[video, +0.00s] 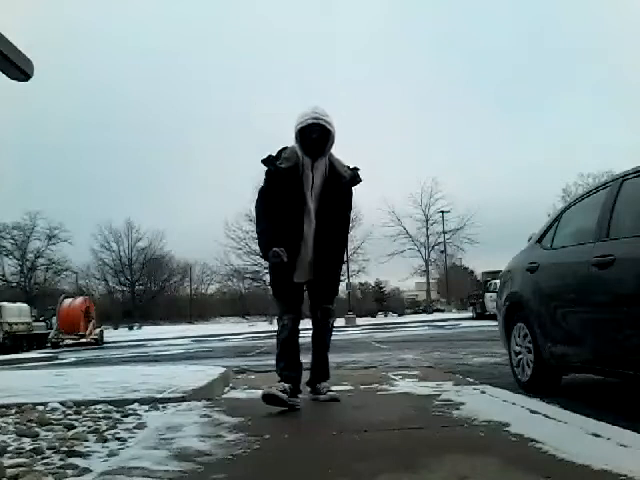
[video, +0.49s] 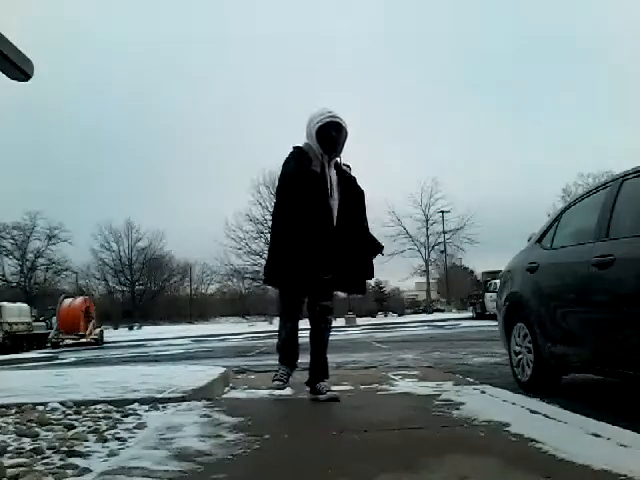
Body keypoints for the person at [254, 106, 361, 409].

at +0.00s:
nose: (314, 139)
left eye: (321, 133)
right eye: (308, 132)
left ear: (330, 137)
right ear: (298, 135)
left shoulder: (341, 176)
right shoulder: (281, 170)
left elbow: (343, 221)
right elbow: (265, 211)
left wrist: (339, 256)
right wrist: (271, 246)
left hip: (325, 260)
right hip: (288, 259)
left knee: (323, 320)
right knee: (289, 320)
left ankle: (319, 383)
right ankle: (289, 385)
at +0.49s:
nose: (333, 139)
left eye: (338, 133)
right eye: (327, 132)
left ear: (343, 138)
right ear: (314, 135)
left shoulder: (344, 178)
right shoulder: (297, 165)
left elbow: (354, 222)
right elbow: (283, 213)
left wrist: (367, 248)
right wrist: (278, 258)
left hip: (326, 255)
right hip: (294, 253)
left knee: (322, 316)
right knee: (290, 313)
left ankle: (318, 381)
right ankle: (285, 366)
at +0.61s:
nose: (332, 138)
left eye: (337, 133)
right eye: (326, 132)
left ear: (342, 137)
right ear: (312, 133)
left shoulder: (345, 175)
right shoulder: (296, 163)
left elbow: (357, 209)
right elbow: (283, 210)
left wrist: (390, 215)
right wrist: (280, 255)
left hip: (326, 254)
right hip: (293, 252)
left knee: (321, 316)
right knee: (287, 312)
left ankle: (318, 380)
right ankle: (286, 364)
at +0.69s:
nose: (328, 138)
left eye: (333, 132)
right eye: (322, 131)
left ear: (339, 136)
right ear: (310, 134)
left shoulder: (345, 172)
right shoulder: (294, 165)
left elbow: (364, 199)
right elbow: (283, 214)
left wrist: (400, 195)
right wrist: (276, 260)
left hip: (324, 255)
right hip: (291, 253)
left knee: (320, 315)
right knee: (286, 313)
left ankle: (318, 380)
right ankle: (286, 365)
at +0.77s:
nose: (324, 137)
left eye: (330, 131)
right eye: (318, 131)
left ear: (337, 135)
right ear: (307, 134)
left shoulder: (344, 171)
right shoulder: (291, 167)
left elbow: (364, 193)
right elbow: (276, 210)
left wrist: (401, 183)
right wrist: (285, 246)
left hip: (323, 256)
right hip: (290, 255)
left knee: (320, 317)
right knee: (286, 315)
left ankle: (318, 381)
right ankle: (286, 371)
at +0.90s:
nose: (317, 138)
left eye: (323, 132)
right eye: (311, 131)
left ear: (331, 136)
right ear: (300, 134)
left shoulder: (344, 169)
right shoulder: (284, 167)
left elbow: (382, 191)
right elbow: (262, 210)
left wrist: (363, 179)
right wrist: (288, 220)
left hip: (324, 258)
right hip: (288, 257)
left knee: (321, 321)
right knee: (287, 320)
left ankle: (318, 381)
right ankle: (289, 380)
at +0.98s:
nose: (310, 138)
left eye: (316, 131)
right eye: (304, 132)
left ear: (326, 134)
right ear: (294, 135)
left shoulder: (342, 166)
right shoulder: (280, 168)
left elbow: (375, 189)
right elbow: (253, 205)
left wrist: (351, 209)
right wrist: (281, 222)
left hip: (324, 257)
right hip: (287, 258)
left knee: (322, 320)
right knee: (287, 320)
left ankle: (319, 383)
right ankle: (289, 383)